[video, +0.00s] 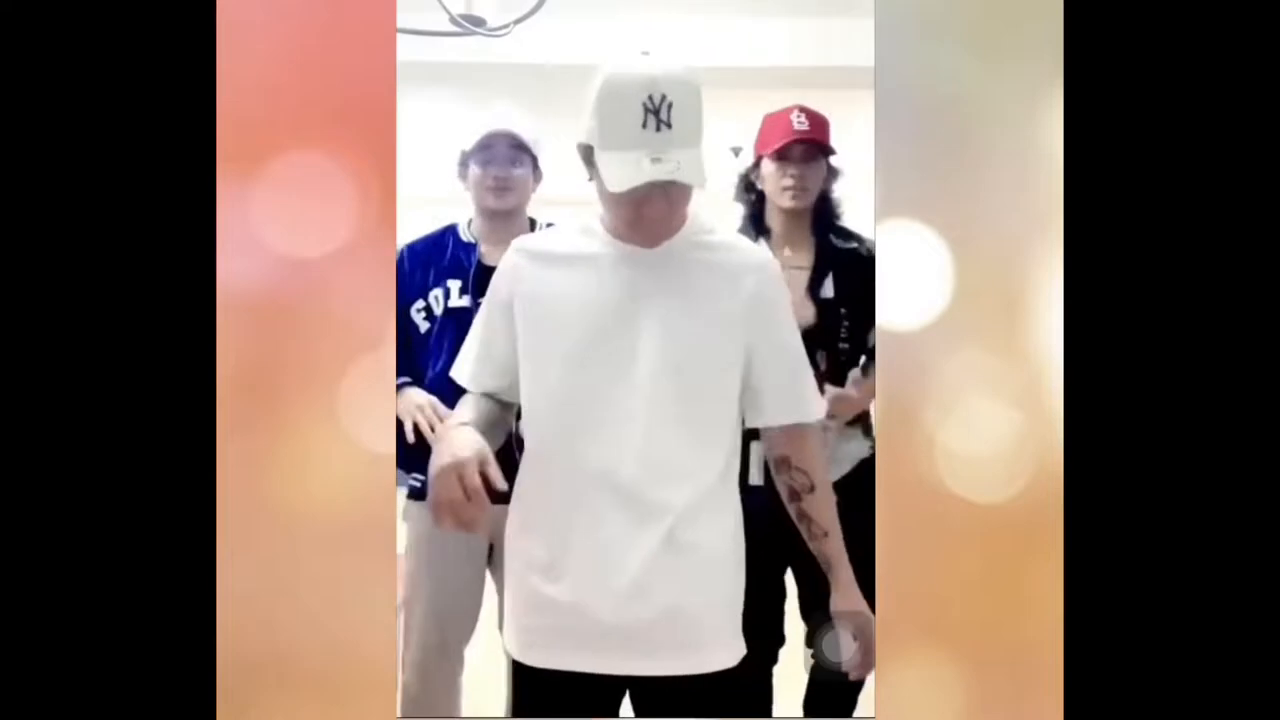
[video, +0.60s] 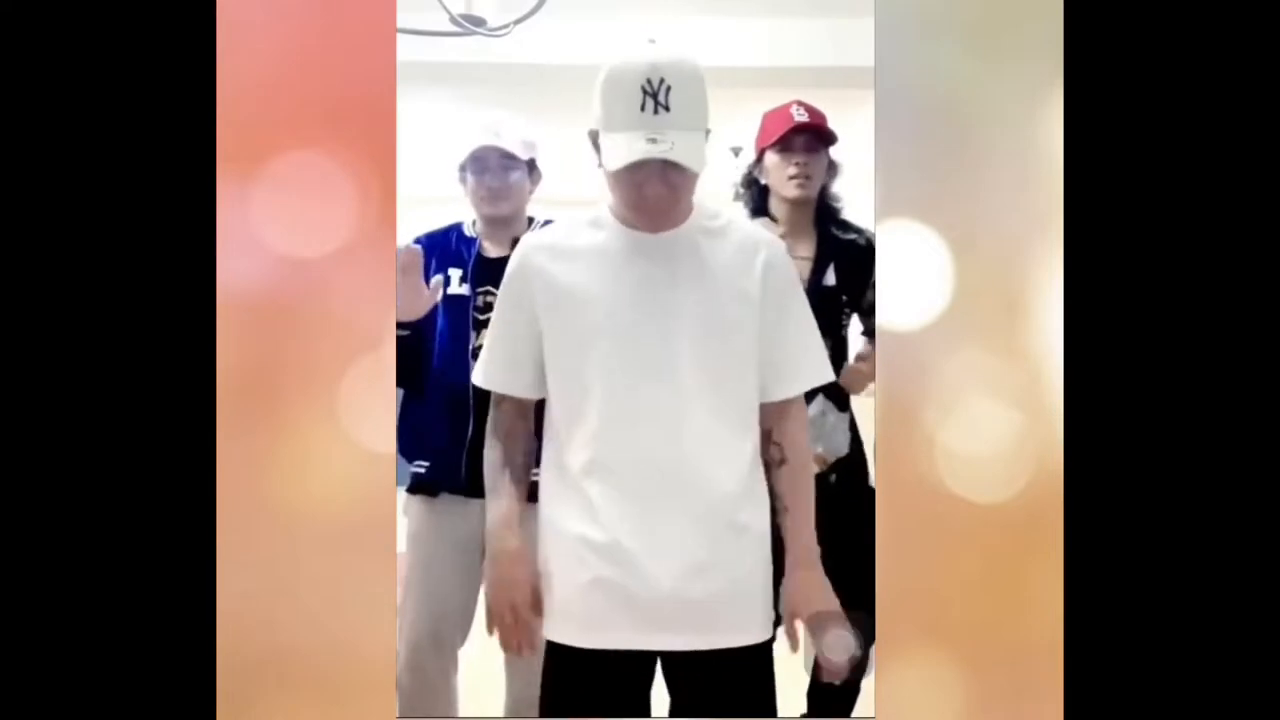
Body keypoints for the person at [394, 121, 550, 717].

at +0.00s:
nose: (500, 172)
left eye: (515, 162)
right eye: (486, 161)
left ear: (537, 179)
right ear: (464, 176)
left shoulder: (562, 262)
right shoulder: (418, 262)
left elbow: (589, 361)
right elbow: (371, 352)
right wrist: (402, 390)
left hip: (537, 488)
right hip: (441, 487)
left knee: (541, 659)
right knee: (430, 661)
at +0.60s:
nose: (492, 179)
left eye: (508, 166)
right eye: (480, 167)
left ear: (534, 179)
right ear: (462, 180)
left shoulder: (559, 255)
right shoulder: (429, 254)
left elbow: (585, 362)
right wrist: (400, 311)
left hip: (538, 492)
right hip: (445, 490)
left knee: (533, 655)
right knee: (423, 654)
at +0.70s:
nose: (494, 183)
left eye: (508, 170)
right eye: (481, 171)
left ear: (533, 181)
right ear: (461, 182)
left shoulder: (562, 256)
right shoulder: (423, 261)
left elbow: (582, 359)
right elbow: (406, 385)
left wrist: (536, 306)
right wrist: (406, 328)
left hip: (532, 492)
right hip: (434, 490)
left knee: (532, 654)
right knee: (423, 656)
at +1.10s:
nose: (494, 189)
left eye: (509, 174)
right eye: (483, 174)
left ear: (545, 173)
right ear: (471, 176)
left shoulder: (572, 253)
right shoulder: (450, 242)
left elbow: (588, 361)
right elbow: (397, 341)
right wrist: (479, 390)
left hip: (545, 488)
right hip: (454, 483)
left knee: (537, 652)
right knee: (437, 646)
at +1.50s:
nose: (476, 189)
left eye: (490, 173)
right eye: (467, 174)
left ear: (531, 172)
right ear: (457, 177)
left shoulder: (575, 255)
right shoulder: (439, 256)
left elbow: (586, 382)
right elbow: (401, 365)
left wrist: (504, 459)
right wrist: (406, 457)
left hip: (544, 490)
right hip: (448, 486)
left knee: (537, 653)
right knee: (436, 649)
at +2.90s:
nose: (450, 168)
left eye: (466, 154)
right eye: (436, 154)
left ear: (494, 167)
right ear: (418, 169)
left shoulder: (530, 249)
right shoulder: (395, 261)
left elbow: (561, 355)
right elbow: (363, 372)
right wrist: (397, 376)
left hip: (504, 495)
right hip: (413, 495)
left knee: (514, 665)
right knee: (414, 663)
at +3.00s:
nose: (453, 168)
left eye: (469, 154)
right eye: (439, 154)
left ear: (495, 168)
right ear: (420, 168)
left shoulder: (535, 248)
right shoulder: (394, 259)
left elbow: (571, 348)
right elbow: (358, 367)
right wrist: (392, 375)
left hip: (509, 493)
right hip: (414, 494)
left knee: (515, 662)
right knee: (414, 660)